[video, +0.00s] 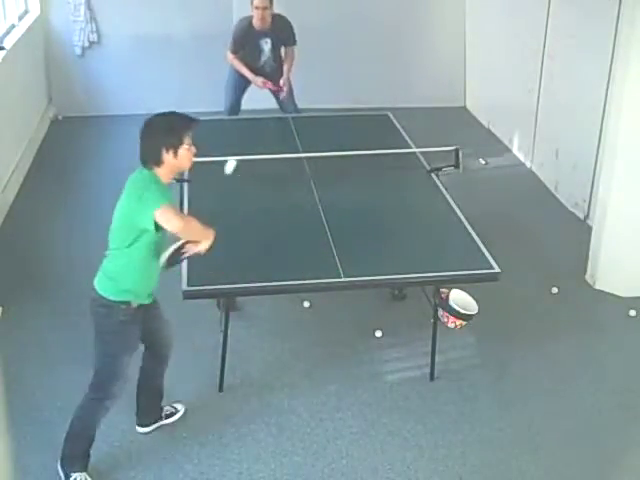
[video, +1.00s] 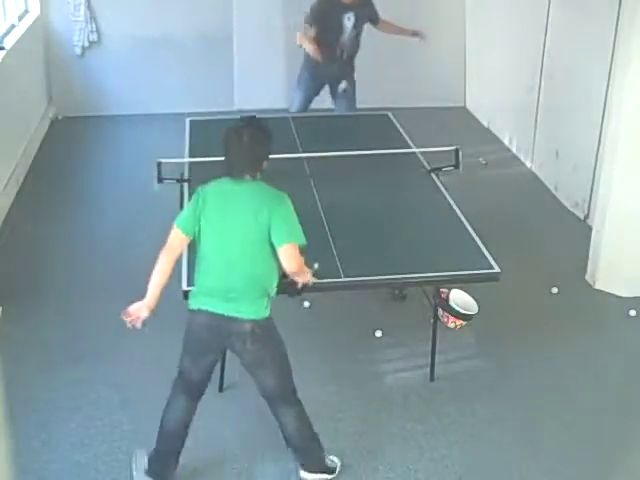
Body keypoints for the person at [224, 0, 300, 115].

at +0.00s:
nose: (261, 13)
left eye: (265, 9)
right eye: (257, 9)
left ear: (271, 9)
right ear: (252, 9)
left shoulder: (282, 24)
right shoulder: (243, 26)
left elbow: (289, 51)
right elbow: (231, 56)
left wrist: (286, 76)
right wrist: (253, 78)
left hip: (273, 70)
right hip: (245, 68)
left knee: (291, 110)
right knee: (230, 107)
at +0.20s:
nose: (248, 10)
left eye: (252, 5)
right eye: (244, 5)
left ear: (259, 6)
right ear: (239, 6)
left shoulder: (272, 20)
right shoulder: (232, 24)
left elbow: (285, 47)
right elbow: (222, 55)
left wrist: (286, 74)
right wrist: (243, 77)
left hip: (270, 74)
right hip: (241, 73)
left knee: (286, 112)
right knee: (228, 111)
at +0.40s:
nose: (255, 10)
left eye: (259, 5)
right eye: (251, 5)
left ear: (266, 6)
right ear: (247, 6)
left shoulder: (279, 21)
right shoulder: (237, 27)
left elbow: (295, 43)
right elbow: (224, 59)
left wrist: (300, 64)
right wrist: (240, 81)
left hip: (278, 76)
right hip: (248, 76)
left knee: (298, 112)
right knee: (232, 113)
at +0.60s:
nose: (294, 12)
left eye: (297, 7)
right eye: (290, 7)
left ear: (302, 9)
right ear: (282, 8)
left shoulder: (308, 24)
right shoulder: (270, 29)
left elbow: (319, 45)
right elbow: (261, 69)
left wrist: (338, 62)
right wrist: (287, 80)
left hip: (301, 81)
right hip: (272, 82)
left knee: (319, 117)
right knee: (248, 114)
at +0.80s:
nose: (336, 6)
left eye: (339, 3)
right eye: (332, 3)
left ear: (343, 5)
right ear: (324, 3)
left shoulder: (345, 16)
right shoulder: (313, 22)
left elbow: (353, 38)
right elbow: (311, 65)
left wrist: (382, 50)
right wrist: (341, 81)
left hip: (329, 80)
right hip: (299, 78)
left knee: (342, 117)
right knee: (276, 117)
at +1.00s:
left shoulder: (365, 6)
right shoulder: (322, 5)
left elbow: (379, 24)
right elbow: (303, 35)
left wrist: (410, 33)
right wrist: (310, 46)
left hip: (343, 70)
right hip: (315, 66)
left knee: (347, 117)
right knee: (296, 112)